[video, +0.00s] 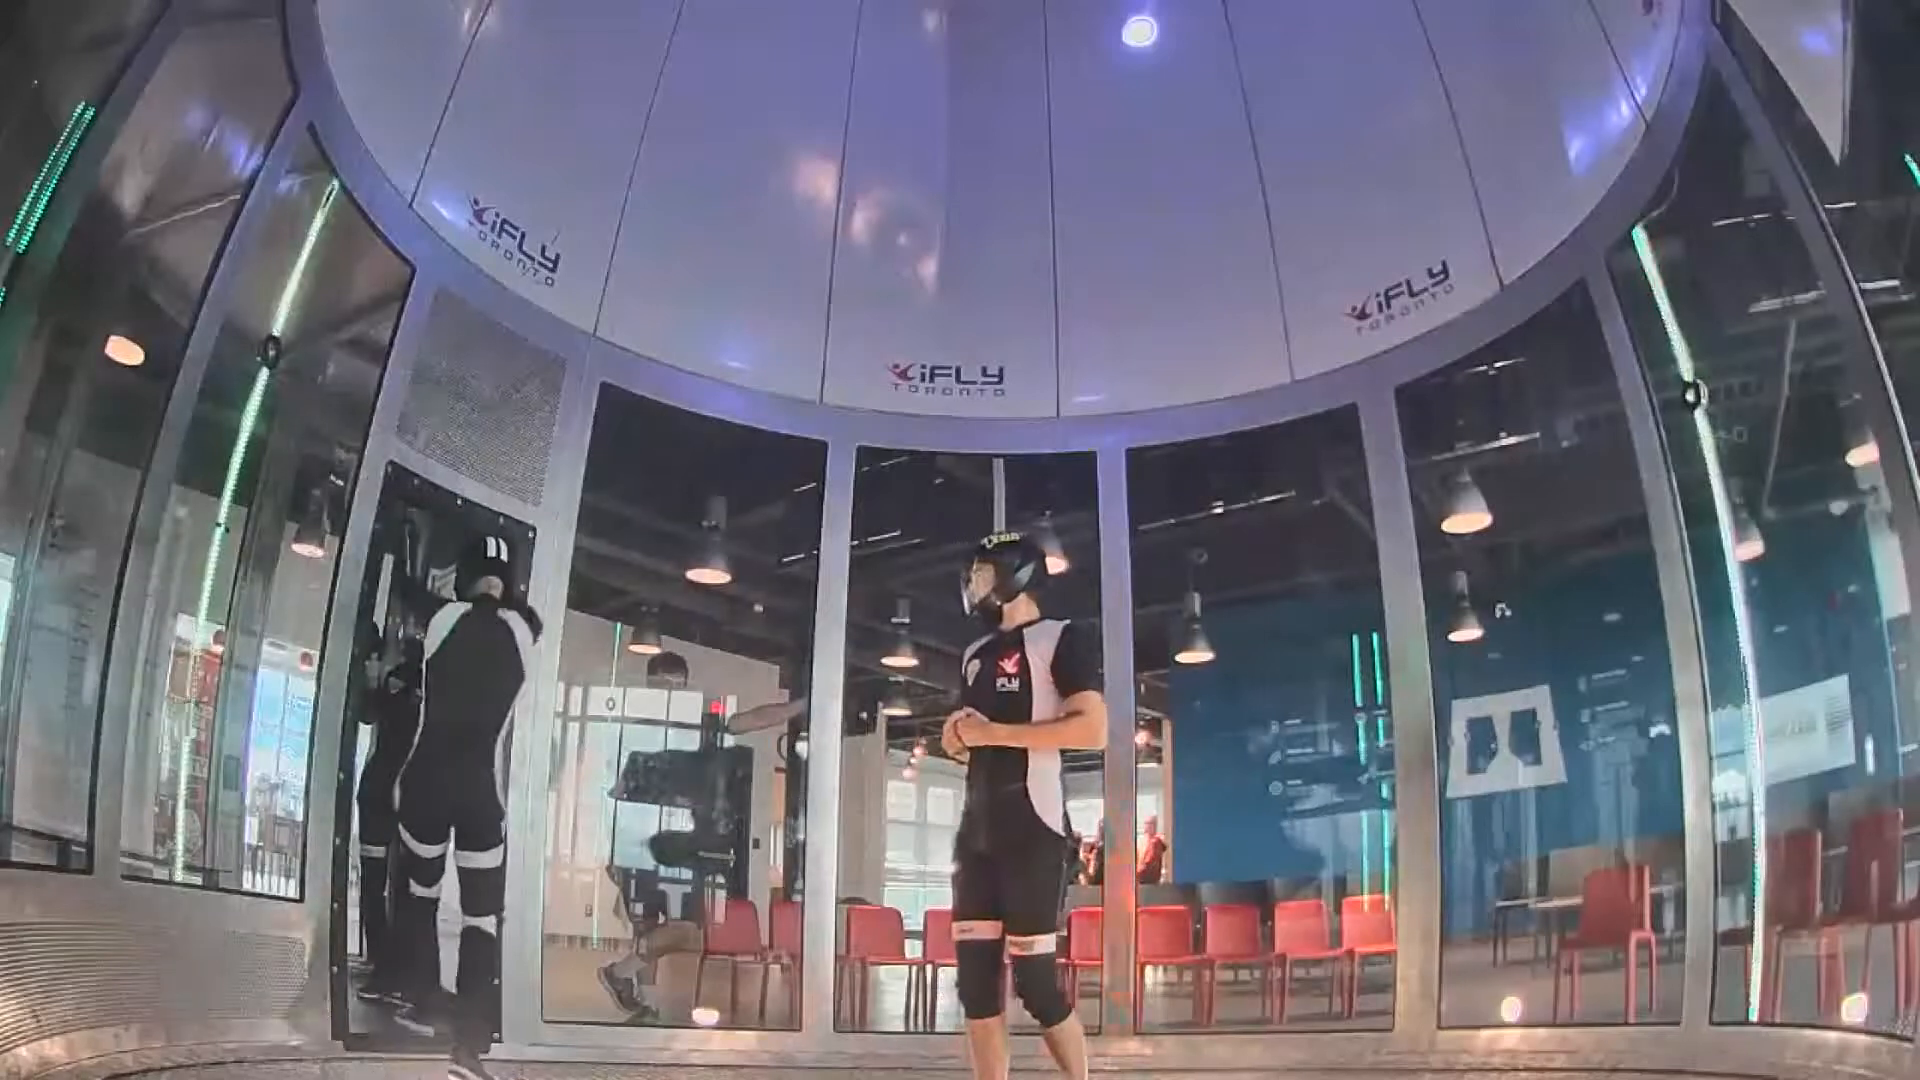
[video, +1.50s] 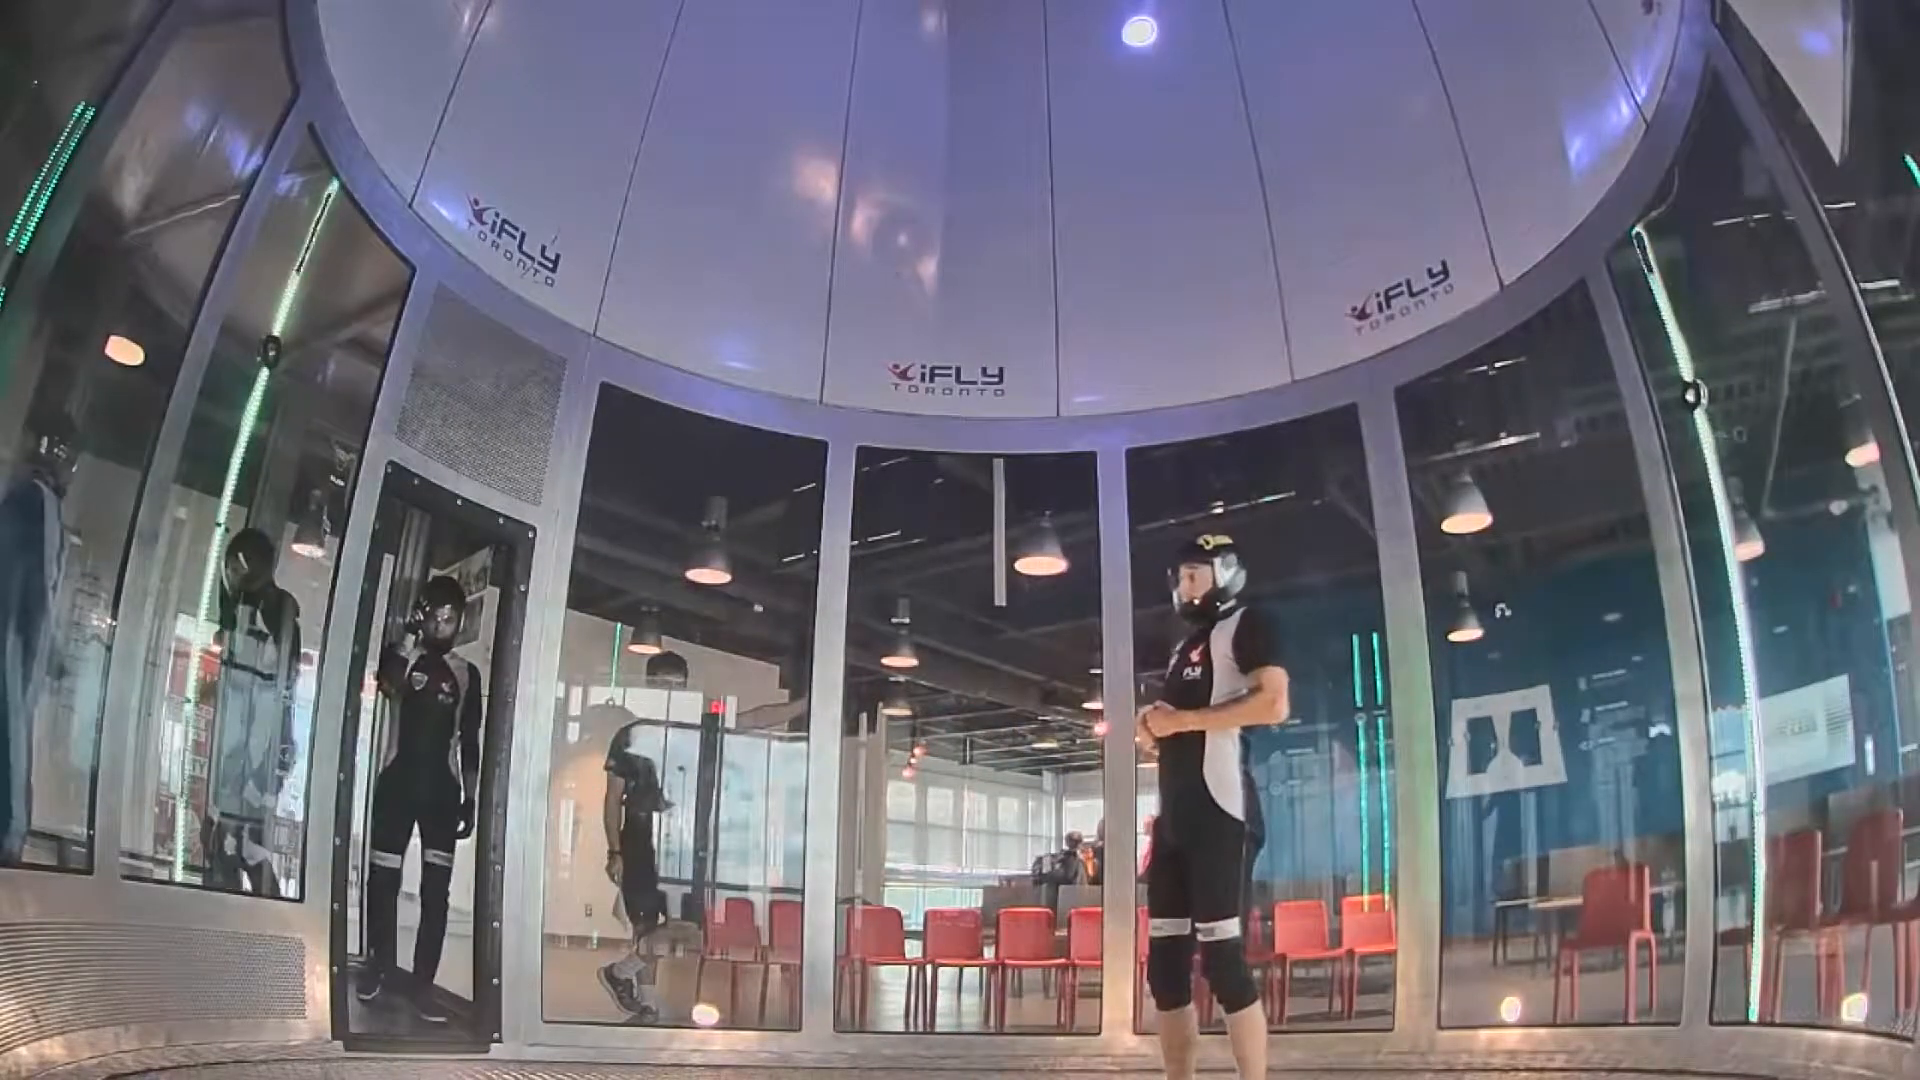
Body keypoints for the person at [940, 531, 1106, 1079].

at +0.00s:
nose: (972, 584)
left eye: (982, 573)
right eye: (972, 575)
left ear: (1017, 575)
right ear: (991, 581)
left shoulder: (1067, 637)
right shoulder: (975, 653)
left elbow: (1092, 729)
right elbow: (965, 751)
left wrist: (995, 731)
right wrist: (954, 737)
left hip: (1036, 828)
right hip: (977, 828)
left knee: (1035, 977)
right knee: (976, 980)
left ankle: (1079, 1076)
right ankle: (991, 1078)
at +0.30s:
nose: (1004, 580)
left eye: (1014, 569)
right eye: (999, 570)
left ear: (1049, 569)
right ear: (996, 577)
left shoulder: (1091, 630)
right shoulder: (1004, 651)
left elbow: (1112, 720)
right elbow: (998, 750)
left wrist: (1020, 720)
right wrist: (980, 730)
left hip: (1064, 822)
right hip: (1007, 821)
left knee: (1079, 975)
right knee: (988, 974)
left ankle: (1140, 1072)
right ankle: (996, 1078)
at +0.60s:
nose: (1072, 583)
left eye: (1084, 571)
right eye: (1063, 573)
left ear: (1109, 577)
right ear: (1053, 583)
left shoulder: (1138, 634)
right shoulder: (1048, 660)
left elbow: (1170, 722)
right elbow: (1052, 760)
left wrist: (1070, 726)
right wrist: (1029, 735)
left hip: (1125, 832)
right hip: (1065, 835)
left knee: (1168, 978)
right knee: (1020, 976)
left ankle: (1237, 1076)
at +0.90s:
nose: (1139, 582)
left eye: (1148, 568)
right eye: (1129, 572)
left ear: (1176, 569)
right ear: (1120, 584)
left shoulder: (1216, 627)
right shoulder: (1119, 657)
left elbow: (1271, 710)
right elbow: (1120, 760)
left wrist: (1176, 731)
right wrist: (1121, 740)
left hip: (1217, 827)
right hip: (1156, 829)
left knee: (1231, 972)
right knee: (1084, 966)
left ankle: (1256, 1078)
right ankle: (1051, 1078)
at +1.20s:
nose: (1176, 577)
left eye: (1187, 565)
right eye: (1168, 567)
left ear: (1215, 568)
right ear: (1160, 575)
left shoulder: (1241, 621)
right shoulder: (1163, 645)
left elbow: (1285, 699)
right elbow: (1166, 755)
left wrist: (1190, 711)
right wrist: (1146, 731)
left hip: (1229, 813)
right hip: (1177, 815)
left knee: (1234, 965)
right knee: (1138, 965)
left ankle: (1256, 1076)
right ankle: (1162, 1077)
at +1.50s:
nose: (1186, 585)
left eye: (1197, 574)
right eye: (1183, 575)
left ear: (1226, 575)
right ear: (1179, 579)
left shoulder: (1252, 622)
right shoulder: (1185, 642)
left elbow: (1274, 703)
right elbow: (1184, 728)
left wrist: (1182, 719)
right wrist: (1149, 733)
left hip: (1224, 812)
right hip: (1175, 813)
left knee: (1223, 961)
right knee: (1166, 965)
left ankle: (1253, 1075)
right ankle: (1179, 1077)